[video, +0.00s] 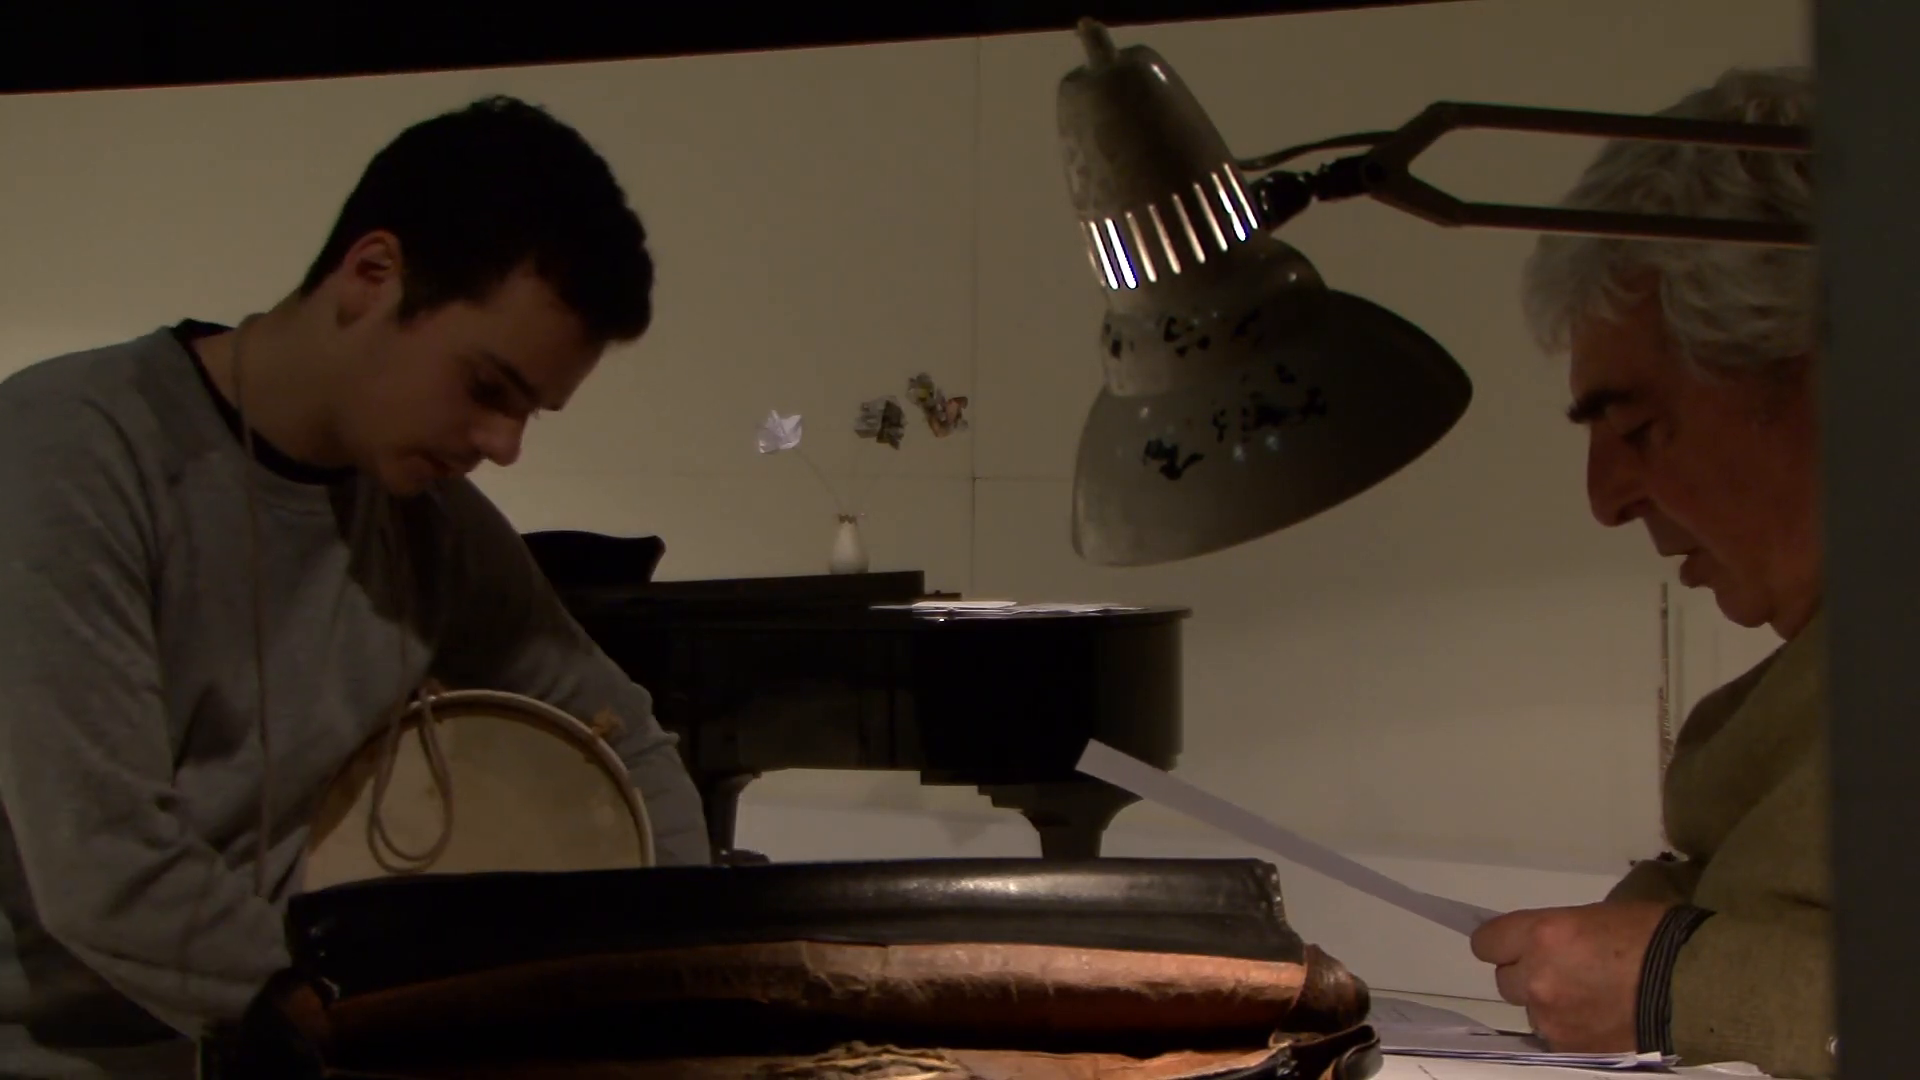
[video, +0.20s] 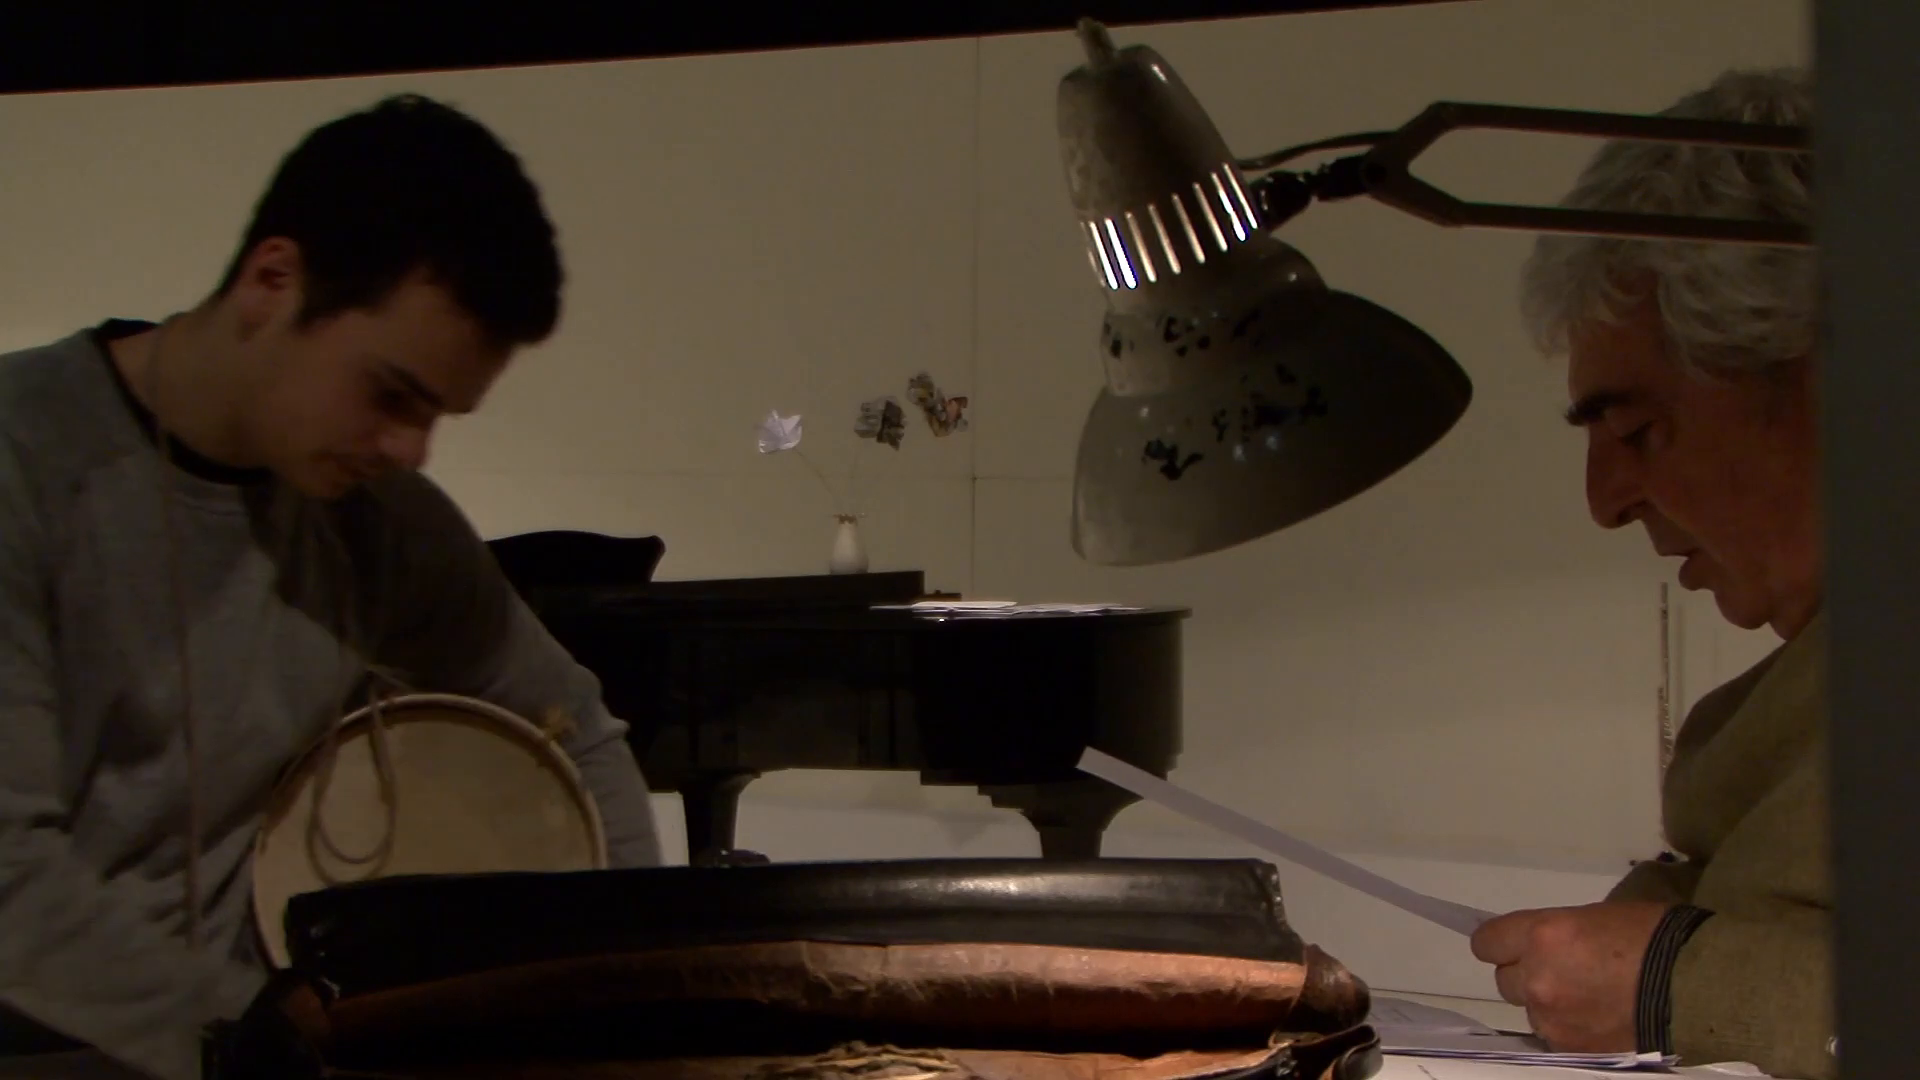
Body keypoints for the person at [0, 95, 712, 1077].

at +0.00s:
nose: (503, 448)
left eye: (527, 415)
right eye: (490, 391)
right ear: (368, 278)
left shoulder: (431, 516)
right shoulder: (56, 449)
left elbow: (623, 741)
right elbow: (102, 872)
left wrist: (672, 952)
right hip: (54, 1041)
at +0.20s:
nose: (409, 454)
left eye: (438, 420)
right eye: (393, 398)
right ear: (270, 283)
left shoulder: (385, 514)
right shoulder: (18, 450)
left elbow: (574, 736)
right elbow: (9, 859)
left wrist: (627, 960)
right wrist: (258, 1028)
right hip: (32, 1028)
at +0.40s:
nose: (262, 478)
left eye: (292, 439)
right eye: (235, 422)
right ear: (111, 307)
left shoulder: (282, 518)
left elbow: (469, 684)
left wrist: (543, 928)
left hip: (217, 1038)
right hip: (28, 1051)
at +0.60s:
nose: (139, 481)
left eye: (179, 443)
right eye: (101, 428)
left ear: (214, 393)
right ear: (1, 335)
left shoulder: (196, 481)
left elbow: (360, 607)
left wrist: (525, 756)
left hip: (102, 1038)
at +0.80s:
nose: (148, 447)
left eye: (188, 404)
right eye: (107, 395)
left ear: (215, 357)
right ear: (8, 316)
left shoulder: (196, 473)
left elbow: (365, 623)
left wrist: (574, 750)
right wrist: (19, 984)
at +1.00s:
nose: (297, 427)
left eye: (326, 386)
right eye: (260, 375)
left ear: (359, 345)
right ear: (119, 264)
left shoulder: (312, 468)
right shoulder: (19, 479)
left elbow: (456, 670)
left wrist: (669, 788)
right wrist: (190, 958)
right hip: (49, 1049)